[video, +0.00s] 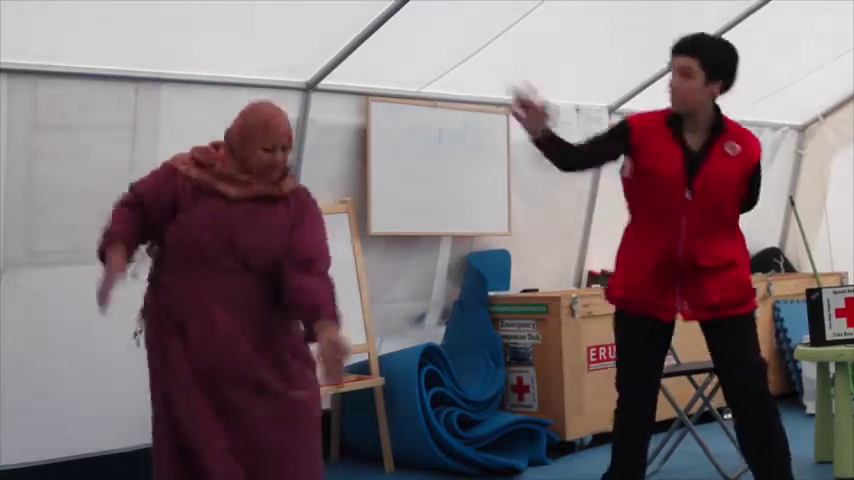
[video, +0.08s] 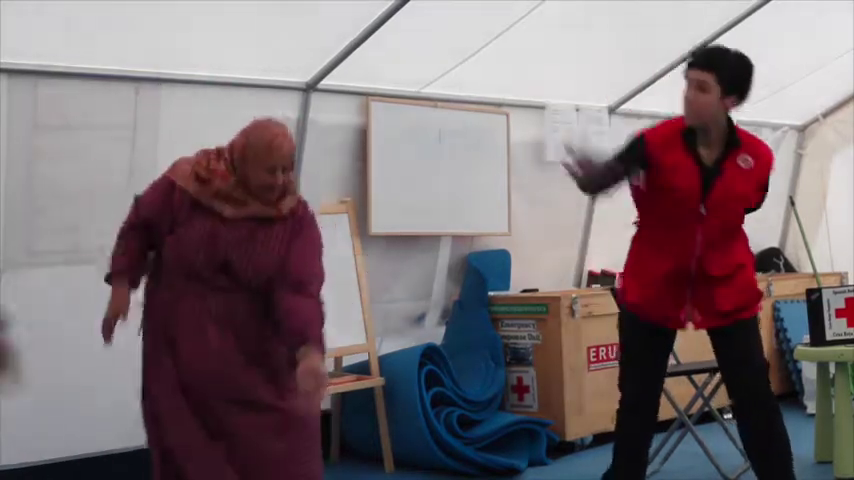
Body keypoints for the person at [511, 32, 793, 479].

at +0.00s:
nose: (671, 82)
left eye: (684, 75)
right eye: (672, 73)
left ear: (716, 86)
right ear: (670, 77)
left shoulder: (744, 147)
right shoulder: (640, 131)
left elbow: (745, 201)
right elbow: (572, 158)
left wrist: (690, 215)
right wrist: (540, 133)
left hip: (720, 283)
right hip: (645, 283)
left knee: (753, 401)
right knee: (634, 405)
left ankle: (776, 476)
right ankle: (624, 477)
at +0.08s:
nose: (688, 96)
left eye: (700, 88)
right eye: (687, 85)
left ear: (731, 100)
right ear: (683, 88)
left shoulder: (756, 156)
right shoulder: (654, 143)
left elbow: (748, 206)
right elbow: (606, 175)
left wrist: (699, 229)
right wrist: (590, 175)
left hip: (725, 287)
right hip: (653, 286)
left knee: (756, 402)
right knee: (637, 408)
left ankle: (778, 476)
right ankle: (623, 478)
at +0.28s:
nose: (727, 177)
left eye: (741, 171)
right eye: (726, 164)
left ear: (765, 177)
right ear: (721, 161)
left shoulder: (785, 201)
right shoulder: (688, 208)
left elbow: (759, 252)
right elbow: (687, 289)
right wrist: (717, 360)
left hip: (737, 300)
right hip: (666, 298)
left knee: (763, 399)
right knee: (644, 400)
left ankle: (780, 475)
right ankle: (625, 475)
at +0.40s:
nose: (738, 245)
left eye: (750, 240)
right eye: (737, 233)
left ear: (782, 242)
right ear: (740, 226)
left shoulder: (799, 239)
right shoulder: (698, 251)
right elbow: (721, 350)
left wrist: (701, 211)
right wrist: (758, 426)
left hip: (742, 302)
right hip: (668, 297)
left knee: (765, 389)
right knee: (650, 387)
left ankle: (782, 470)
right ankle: (626, 472)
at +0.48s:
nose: (745, 288)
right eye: (742, 275)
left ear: (788, 281)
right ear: (740, 260)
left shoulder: (799, 253)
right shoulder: (706, 281)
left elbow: (777, 212)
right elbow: (731, 377)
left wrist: (706, 213)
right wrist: (766, 449)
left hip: (742, 309)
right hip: (665, 297)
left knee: (765, 390)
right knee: (648, 396)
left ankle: (781, 469)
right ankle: (626, 473)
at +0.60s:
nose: (746, 326)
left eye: (760, 322)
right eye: (745, 312)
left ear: (781, 317)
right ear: (741, 293)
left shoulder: (807, 274)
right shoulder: (709, 308)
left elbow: (776, 217)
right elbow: (730, 390)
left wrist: (704, 222)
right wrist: (763, 457)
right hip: (665, 290)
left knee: (765, 394)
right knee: (648, 397)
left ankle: (785, 472)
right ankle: (626, 474)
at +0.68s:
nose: (744, 332)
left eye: (758, 328)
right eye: (742, 317)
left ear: (780, 323)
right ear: (740, 296)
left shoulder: (805, 278)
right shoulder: (706, 311)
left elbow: (776, 219)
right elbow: (727, 391)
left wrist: (704, 223)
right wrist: (762, 456)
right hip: (664, 291)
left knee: (765, 395)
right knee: (648, 397)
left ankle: (784, 472)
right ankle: (626, 474)